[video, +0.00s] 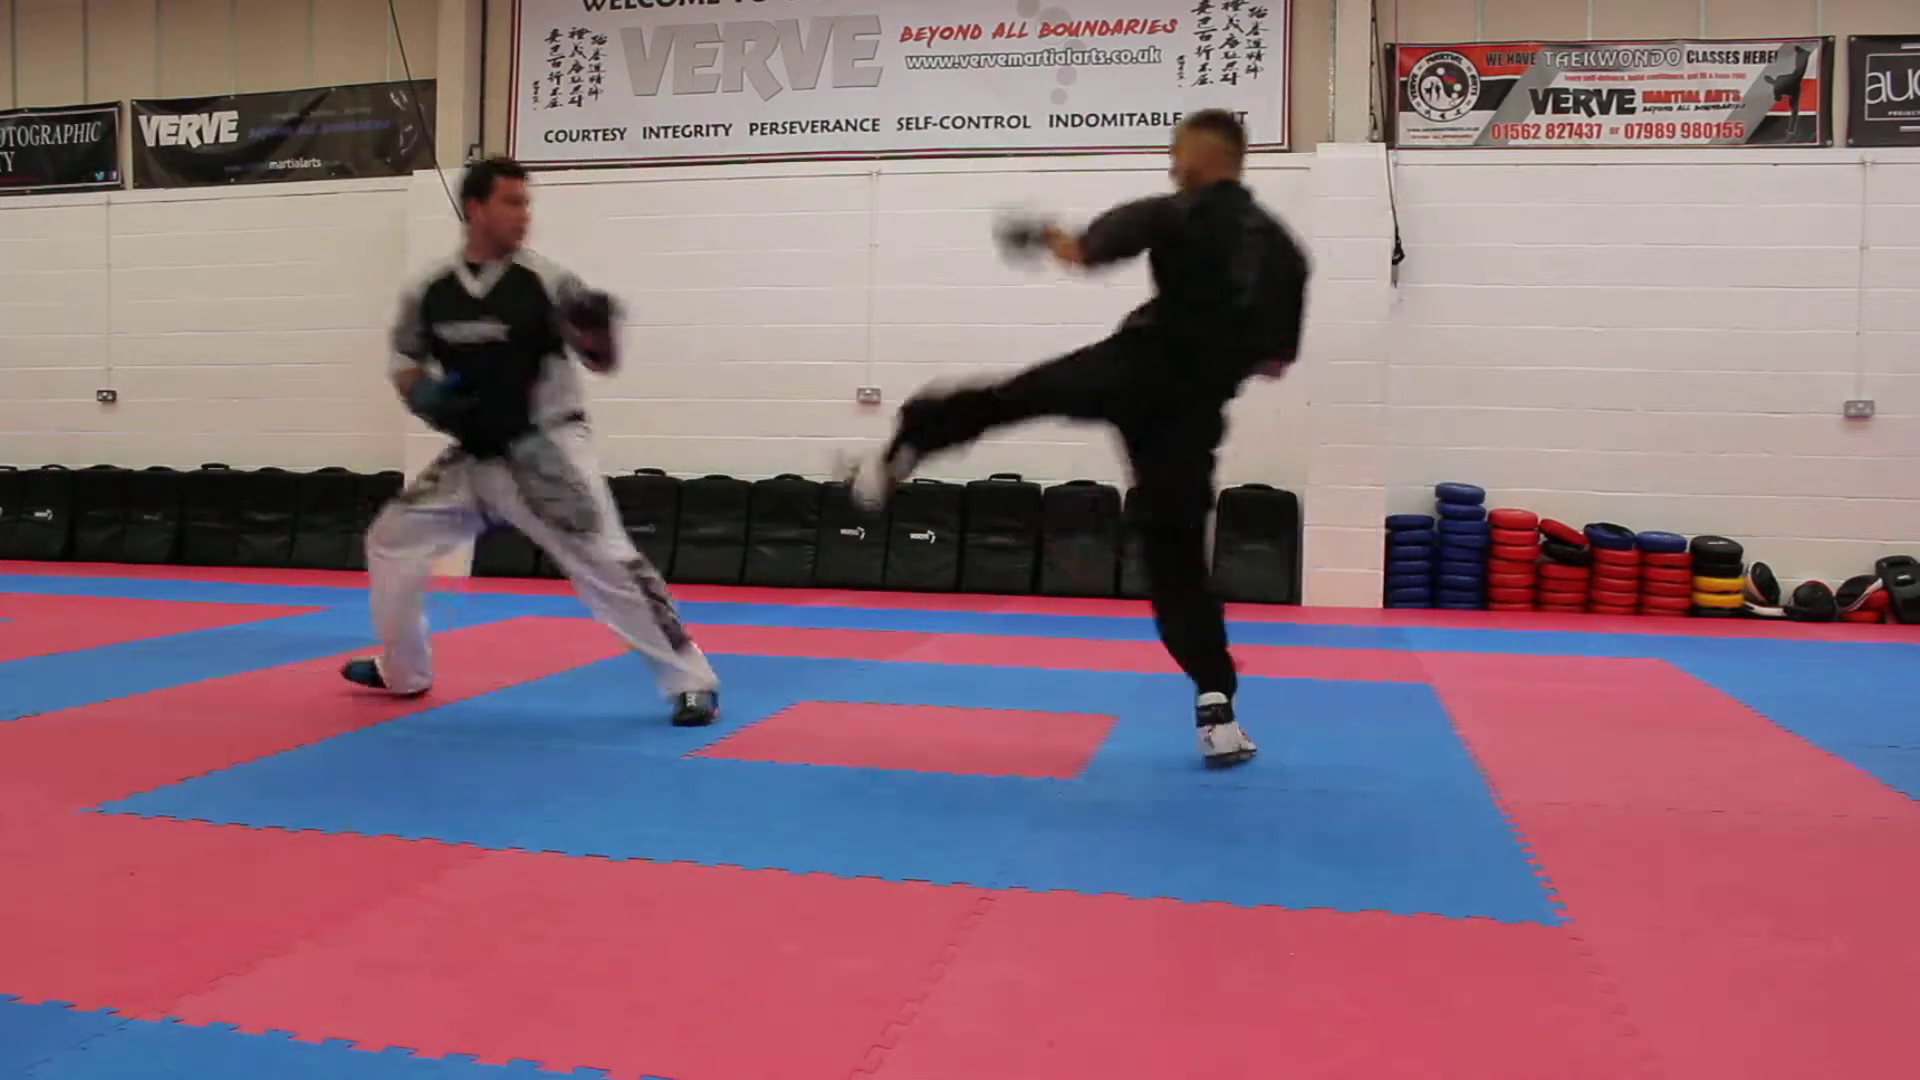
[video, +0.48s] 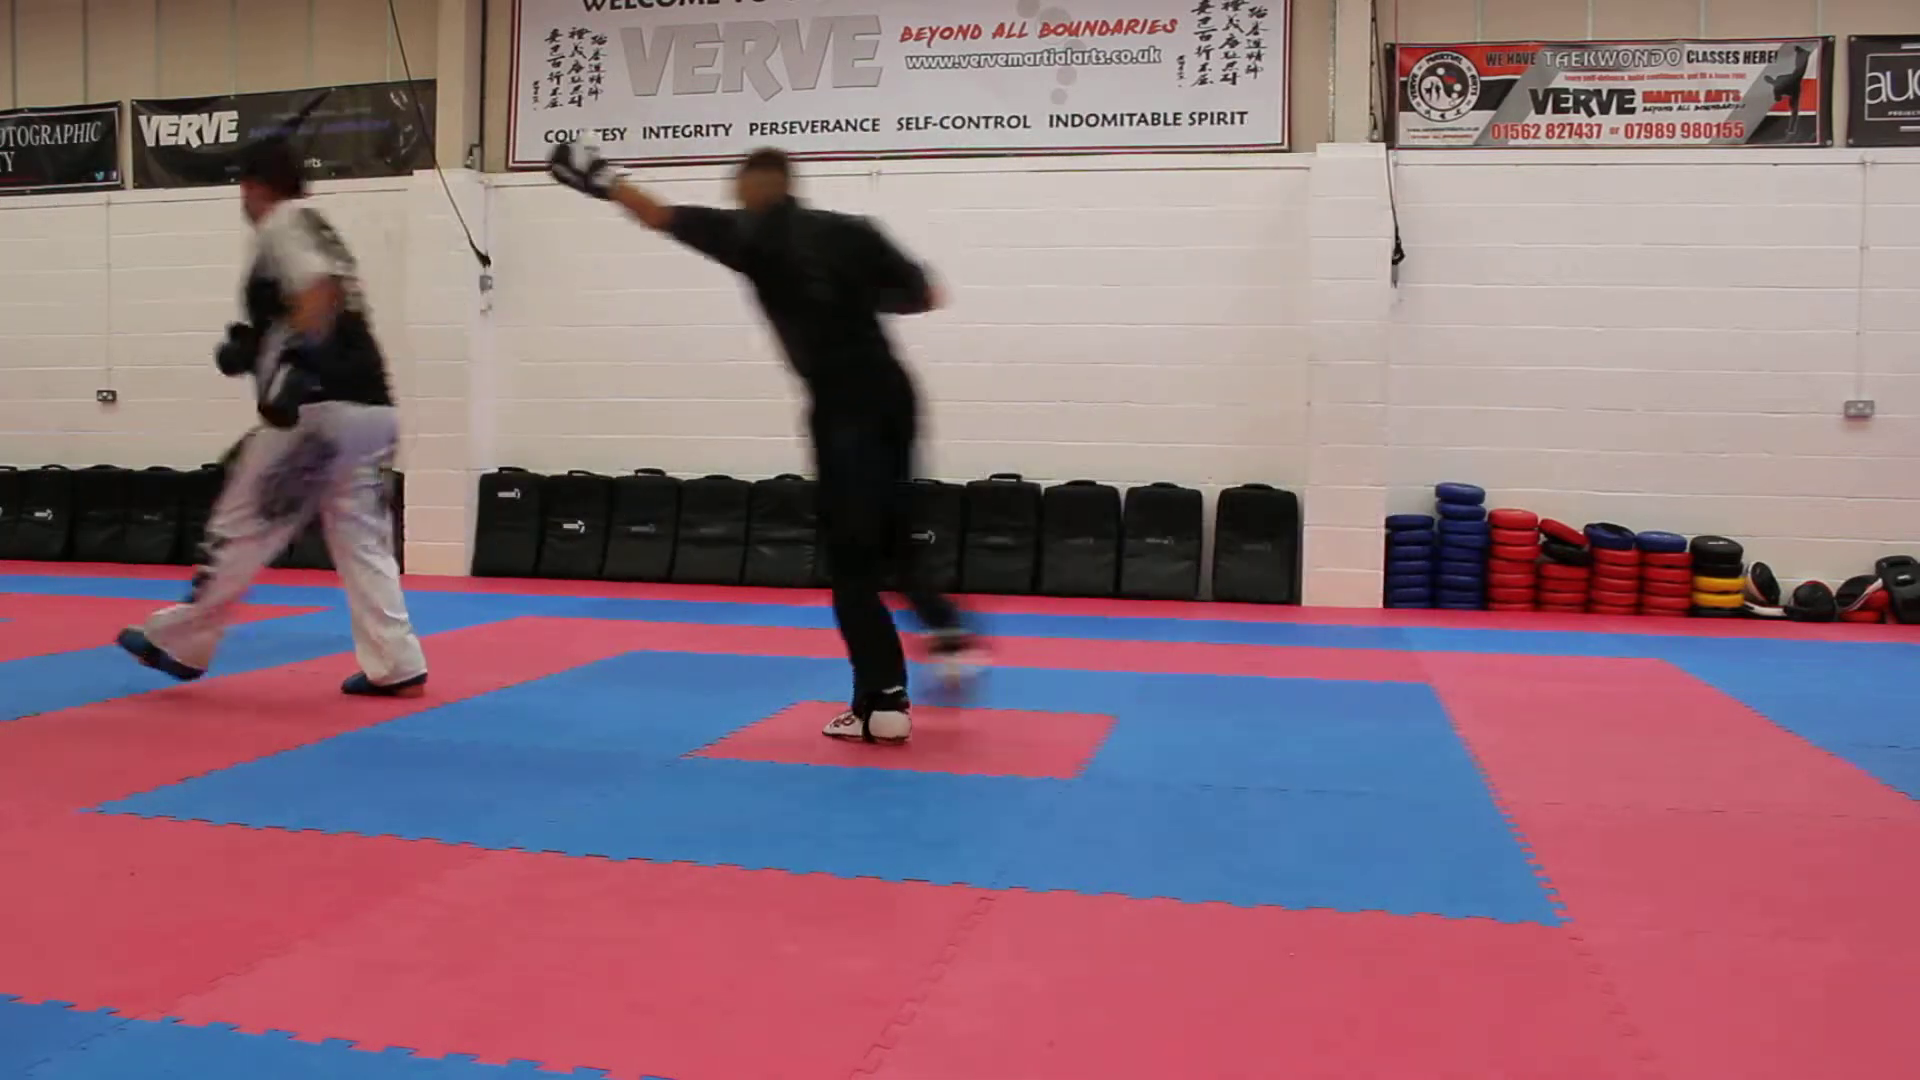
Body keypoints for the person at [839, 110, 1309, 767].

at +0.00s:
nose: (1176, 163)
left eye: (1184, 151)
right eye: (1179, 150)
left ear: (1204, 155)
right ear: (1238, 158)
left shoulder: (1175, 214)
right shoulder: (1284, 250)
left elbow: (1100, 247)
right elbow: (1277, 356)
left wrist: (1065, 242)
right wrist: (1212, 336)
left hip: (1124, 371)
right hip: (1189, 415)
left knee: (1014, 400)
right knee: (1176, 554)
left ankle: (907, 443)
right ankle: (1214, 702)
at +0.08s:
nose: (1151, 182)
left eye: (1156, 171)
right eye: (1155, 170)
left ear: (1164, 179)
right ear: (1208, 181)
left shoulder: (1136, 247)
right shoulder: (1239, 274)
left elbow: (1089, 321)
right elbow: (1226, 374)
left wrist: (1046, 314)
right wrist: (1168, 386)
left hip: (1077, 410)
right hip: (1149, 440)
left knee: (979, 470)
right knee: (1171, 566)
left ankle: (875, 539)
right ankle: (1212, 714)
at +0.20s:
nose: (1061, 194)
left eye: (1068, 184)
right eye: (1065, 183)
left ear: (1080, 191)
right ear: (1107, 195)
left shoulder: (1049, 258)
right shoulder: (1142, 275)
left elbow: (971, 302)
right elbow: (1134, 373)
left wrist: (972, 287)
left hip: (1021, 451)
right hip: (1094, 459)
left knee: (955, 556)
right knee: (1149, 580)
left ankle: (893, 683)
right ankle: (1210, 716)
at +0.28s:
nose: (954, 188)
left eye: (960, 178)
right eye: (959, 177)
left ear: (972, 184)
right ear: (1001, 186)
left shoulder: (941, 252)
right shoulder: (1048, 258)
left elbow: (844, 266)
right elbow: (1088, 351)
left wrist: (852, 223)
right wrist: (1026, 311)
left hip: (977, 450)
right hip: (1051, 451)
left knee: (923, 571)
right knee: (1111, 569)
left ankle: (895, 707)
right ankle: (1198, 695)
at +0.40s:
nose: (810, 192)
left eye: (815, 182)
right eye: (813, 182)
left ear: (829, 187)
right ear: (860, 188)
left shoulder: (818, 240)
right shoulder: (915, 240)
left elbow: (732, 211)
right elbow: (996, 295)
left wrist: (662, 179)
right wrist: (937, 322)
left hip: (901, 432)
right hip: (960, 424)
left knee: (877, 571)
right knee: (1009, 540)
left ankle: (889, 701)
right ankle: (1077, 651)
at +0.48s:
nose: (741, 194)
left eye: (744, 184)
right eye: (745, 185)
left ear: (752, 185)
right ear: (789, 183)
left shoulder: (751, 234)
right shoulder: (848, 232)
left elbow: (660, 217)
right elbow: (924, 293)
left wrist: (602, 178)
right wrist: (857, 292)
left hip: (840, 409)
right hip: (891, 398)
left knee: (847, 562)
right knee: (887, 539)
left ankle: (883, 703)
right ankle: (947, 627)